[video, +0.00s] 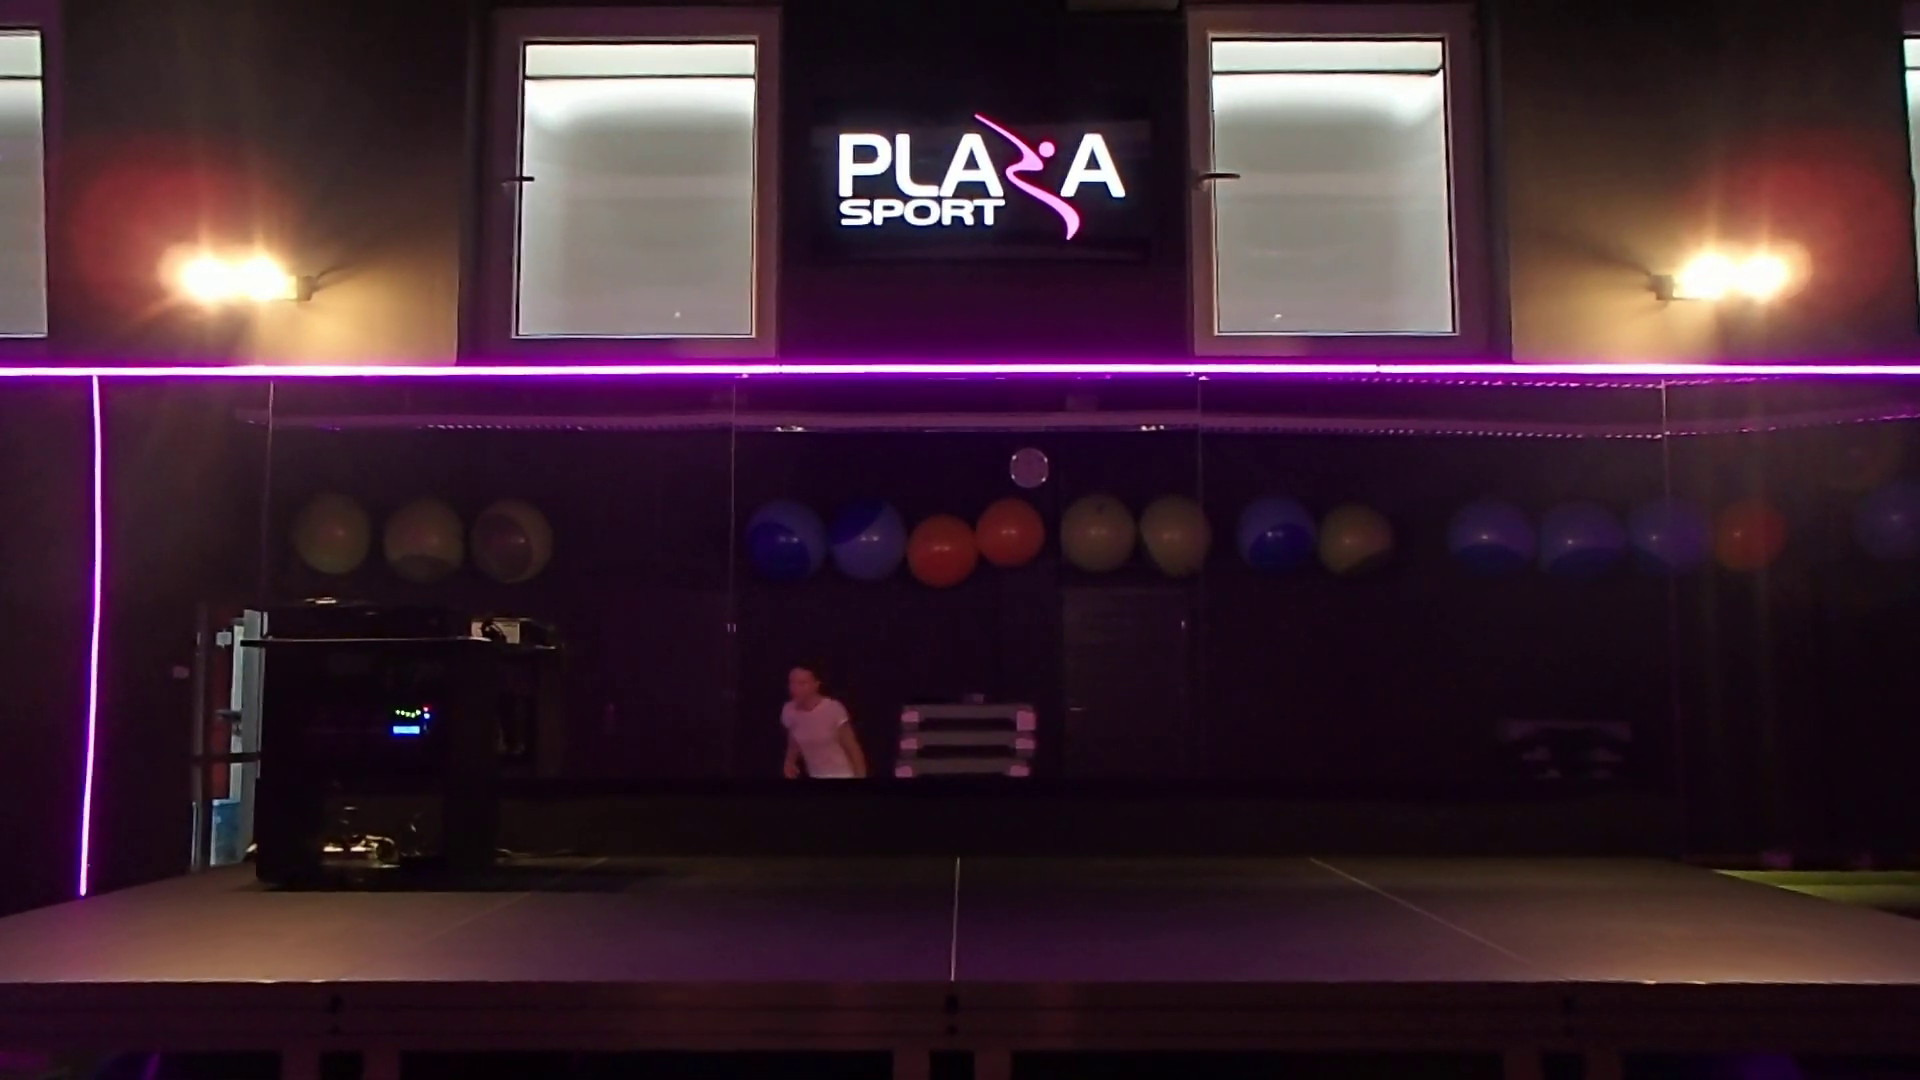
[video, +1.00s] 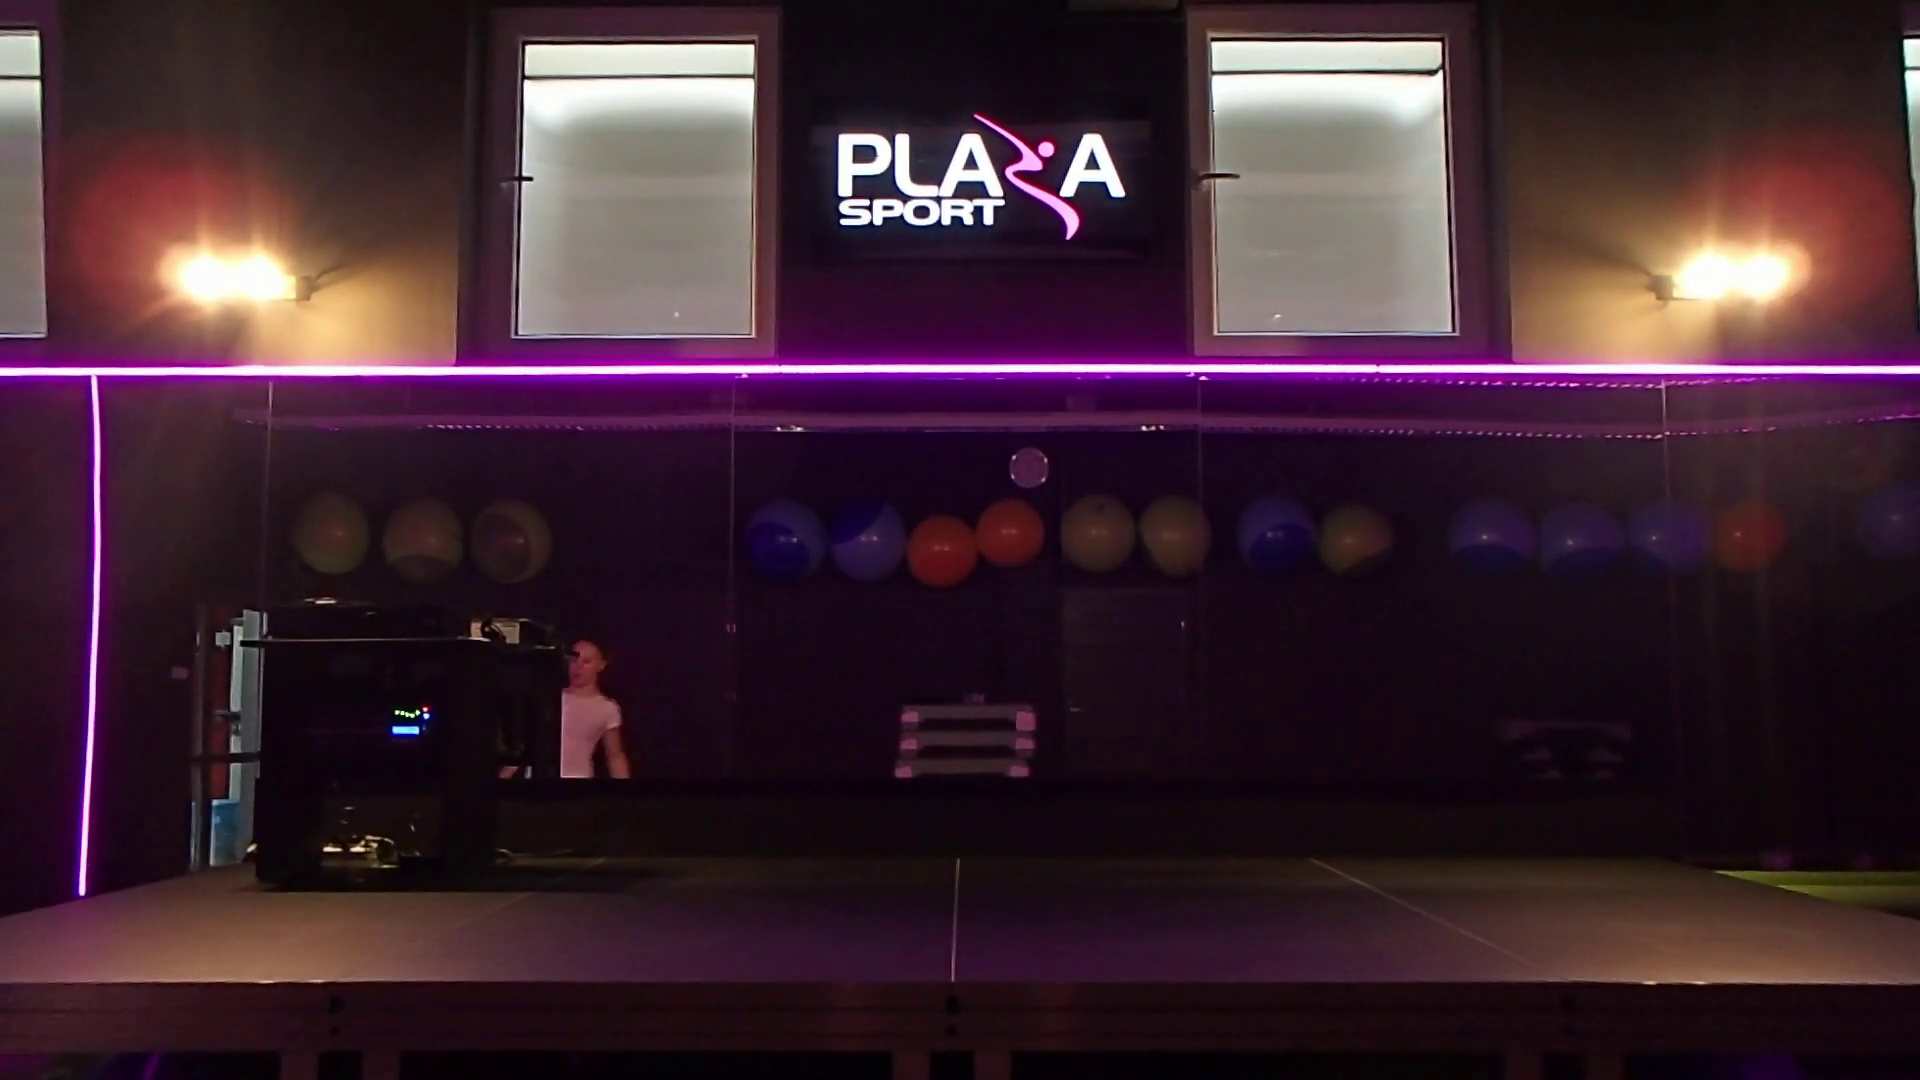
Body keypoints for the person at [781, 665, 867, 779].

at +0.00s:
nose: (796, 689)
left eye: (802, 683)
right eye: (793, 683)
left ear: (816, 685)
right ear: (789, 686)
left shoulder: (833, 709)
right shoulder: (789, 711)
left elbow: (852, 746)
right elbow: (793, 742)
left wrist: (861, 776)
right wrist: (790, 763)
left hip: (844, 777)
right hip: (815, 779)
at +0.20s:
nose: (756, 690)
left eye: (762, 685)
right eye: (753, 685)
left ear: (774, 691)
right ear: (749, 688)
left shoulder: (785, 717)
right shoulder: (747, 714)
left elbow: (800, 751)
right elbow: (751, 749)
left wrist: (808, 773)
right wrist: (750, 774)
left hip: (790, 776)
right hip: (764, 776)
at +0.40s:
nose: (710, 650)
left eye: (717, 645)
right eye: (708, 645)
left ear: (731, 651)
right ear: (703, 650)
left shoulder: (741, 681)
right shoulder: (703, 681)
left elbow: (759, 721)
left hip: (744, 768)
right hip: (712, 766)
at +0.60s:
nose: (661, 645)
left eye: (668, 639)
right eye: (658, 640)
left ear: (683, 645)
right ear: (654, 644)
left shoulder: (693, 677)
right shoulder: (648, 681)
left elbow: (710, 722)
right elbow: (646, 723)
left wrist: (704, 761)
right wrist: (645, 760)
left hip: (684, 768)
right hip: (650, 769)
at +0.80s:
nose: (619, 662)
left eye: (626, 657)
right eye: (615, 656)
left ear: (640, 662)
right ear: (609, 661)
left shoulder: (651, 699)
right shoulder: (594, 697)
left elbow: (668, 741)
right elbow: (574, 736)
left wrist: (684, 777)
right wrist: (552, 763)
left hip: (631, 780)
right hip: (593, 781)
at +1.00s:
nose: (578, 666)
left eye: (587, 661)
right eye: (574, 659)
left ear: (601, 665)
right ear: (568, 661)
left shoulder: (607, 709)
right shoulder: (552, 698)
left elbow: (615, 756)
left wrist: (624, 795)